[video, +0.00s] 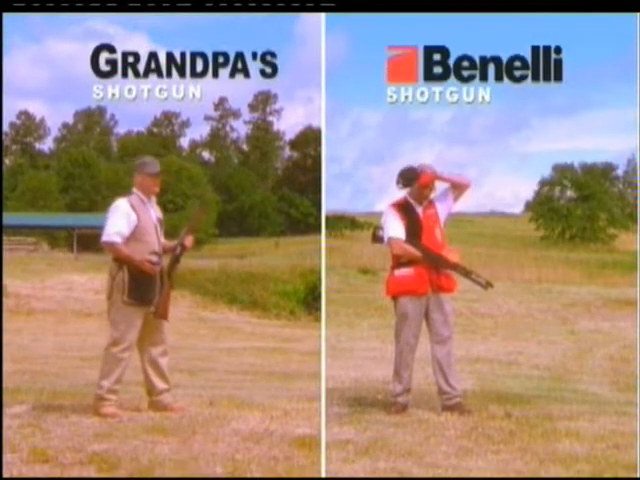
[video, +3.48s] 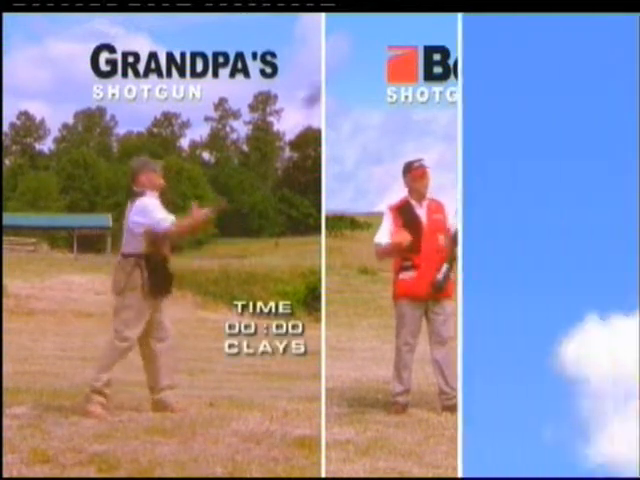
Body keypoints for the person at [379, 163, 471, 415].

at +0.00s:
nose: (428, 192)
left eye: (430, 188)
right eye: (424, 187)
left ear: (432, 187)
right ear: (411, 187)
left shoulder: (437, 207)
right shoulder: (395, 212)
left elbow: (463, 185)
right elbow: (398, 248)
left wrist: (437, 175)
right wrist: (435, 257)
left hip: (437, 281)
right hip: (409, 282)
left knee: (443, 340)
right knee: (406, 342)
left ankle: (451, 397)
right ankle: (400, 396)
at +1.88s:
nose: (434, 187)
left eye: (436, 182)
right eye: (430, 182)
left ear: (438, 183)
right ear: (416, 180)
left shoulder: (441, 208)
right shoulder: (398, 211)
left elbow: (473, 218)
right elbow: (399, 250)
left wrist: (466, 196)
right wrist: (434, 261)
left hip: (439, 282)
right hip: (410, 283)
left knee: (443, 340)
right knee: (407, 343)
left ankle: (451, 397)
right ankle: (401, 396)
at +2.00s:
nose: (436, 189)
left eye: (439, 184)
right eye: (432, 183)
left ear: (441, 185)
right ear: (419, 181)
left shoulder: (444, 210)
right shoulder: (401, 210)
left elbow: (465, 225)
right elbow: (402, 249)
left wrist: (474, 225)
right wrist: (435, 262)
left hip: (440, 281)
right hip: (411, 282)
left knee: (443, 340)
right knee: (407, 343)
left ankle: (450, 397)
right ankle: (400, 397)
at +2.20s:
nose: (441, 190)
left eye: (445, 186)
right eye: (437, 185)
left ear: (448, 186)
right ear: (425, 182)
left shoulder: (449, 210)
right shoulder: (406, 209)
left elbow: (470, 237)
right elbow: (407, 246)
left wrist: (469, 265)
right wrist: (439, 264)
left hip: (442, 283)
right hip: (412, 283)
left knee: (444, 342)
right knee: (407, 343)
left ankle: (451, 397)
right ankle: (400, 396)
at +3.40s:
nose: (427, 181)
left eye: (429, 176)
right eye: (422, 177)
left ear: (433, 178)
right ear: (410, 181)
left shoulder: (443, 209)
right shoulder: (396, 211)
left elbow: (462, 247)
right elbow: (383, 248)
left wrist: (470, 228)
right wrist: (405, 246)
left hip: (440, 280)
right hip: (409, 281)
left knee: (444, 341)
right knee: (406, 342)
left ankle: (451, 397)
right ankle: (400, 395)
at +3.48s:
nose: (422, 182)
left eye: (425, 177)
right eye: (417, 178)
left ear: (429, 179)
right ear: (407, 182)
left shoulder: (440, 208)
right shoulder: (394, 211)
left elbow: (451, 240)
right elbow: (380, 249)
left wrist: (448, 250)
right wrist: (398, 245)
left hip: (439, 284)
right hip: (409, 286)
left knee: (443, 342)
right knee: (406, 343)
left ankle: (449, 396)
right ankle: (401, 395)